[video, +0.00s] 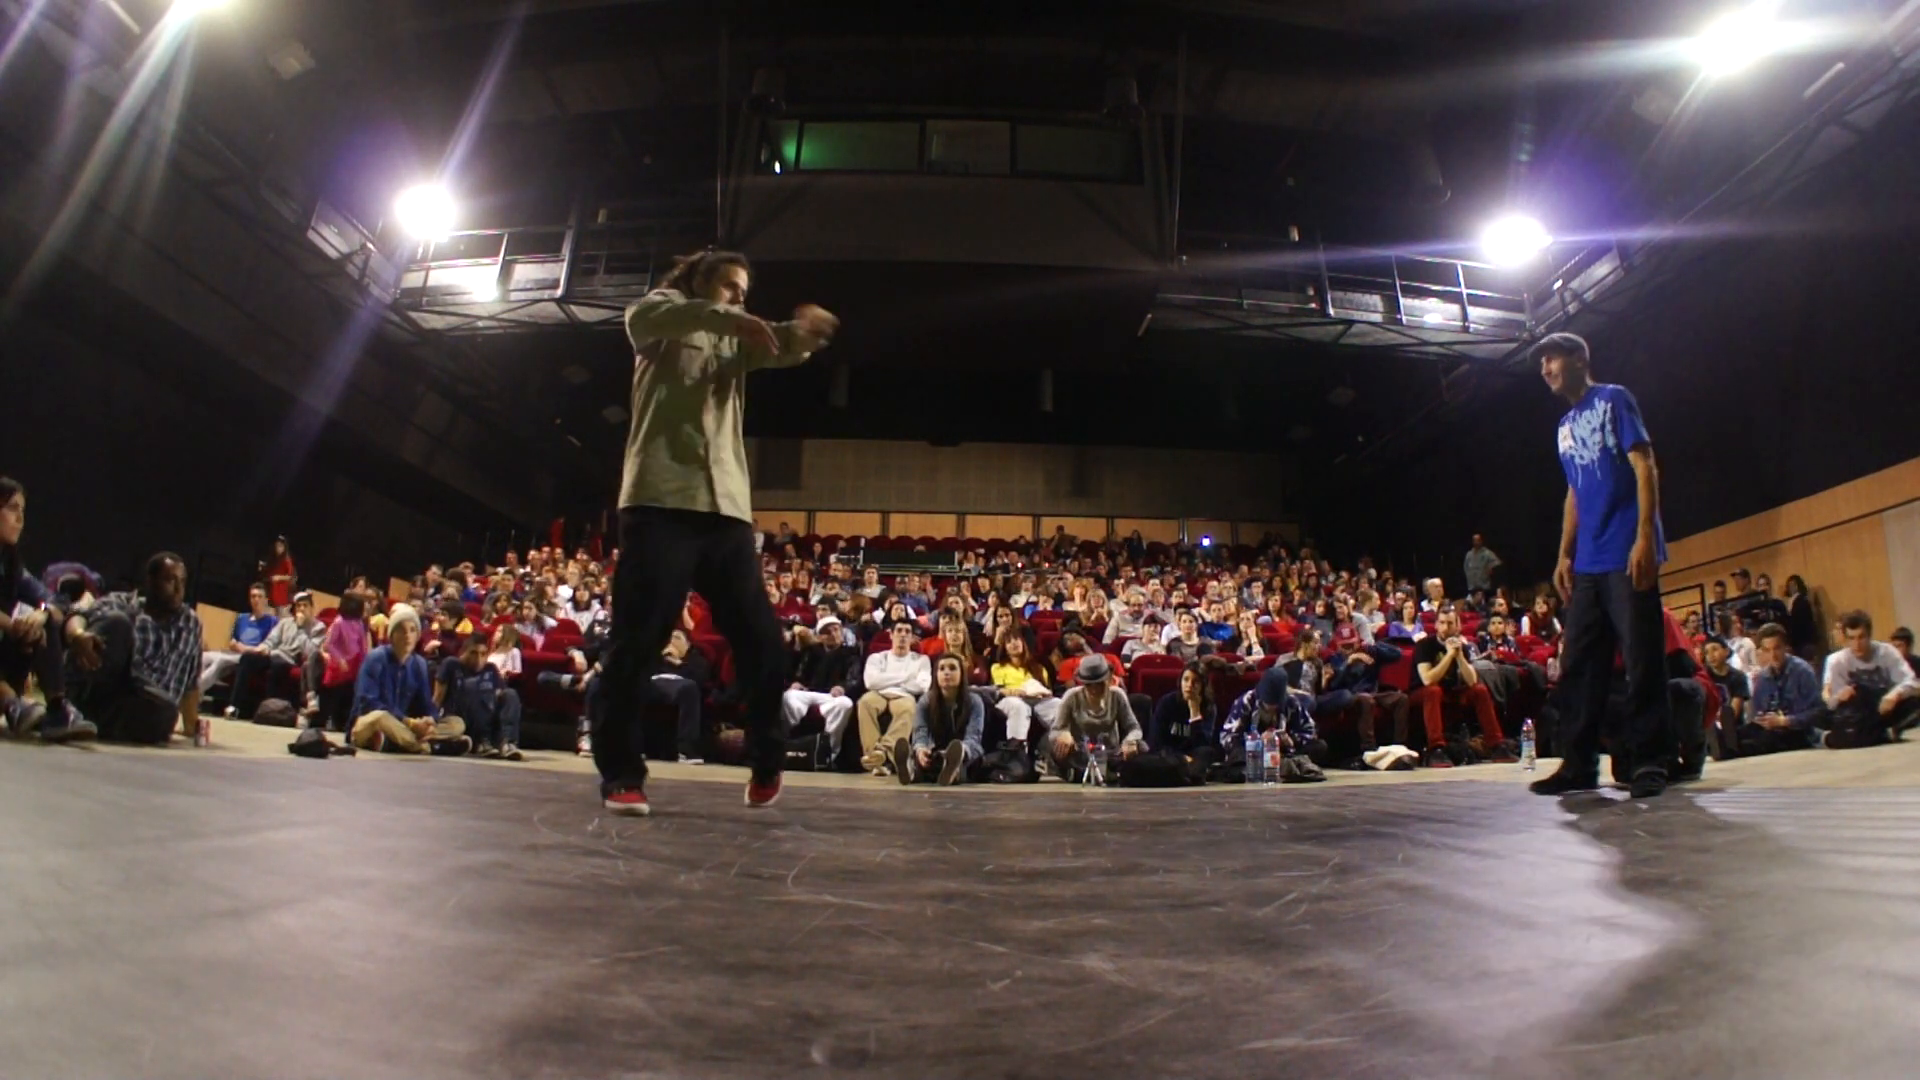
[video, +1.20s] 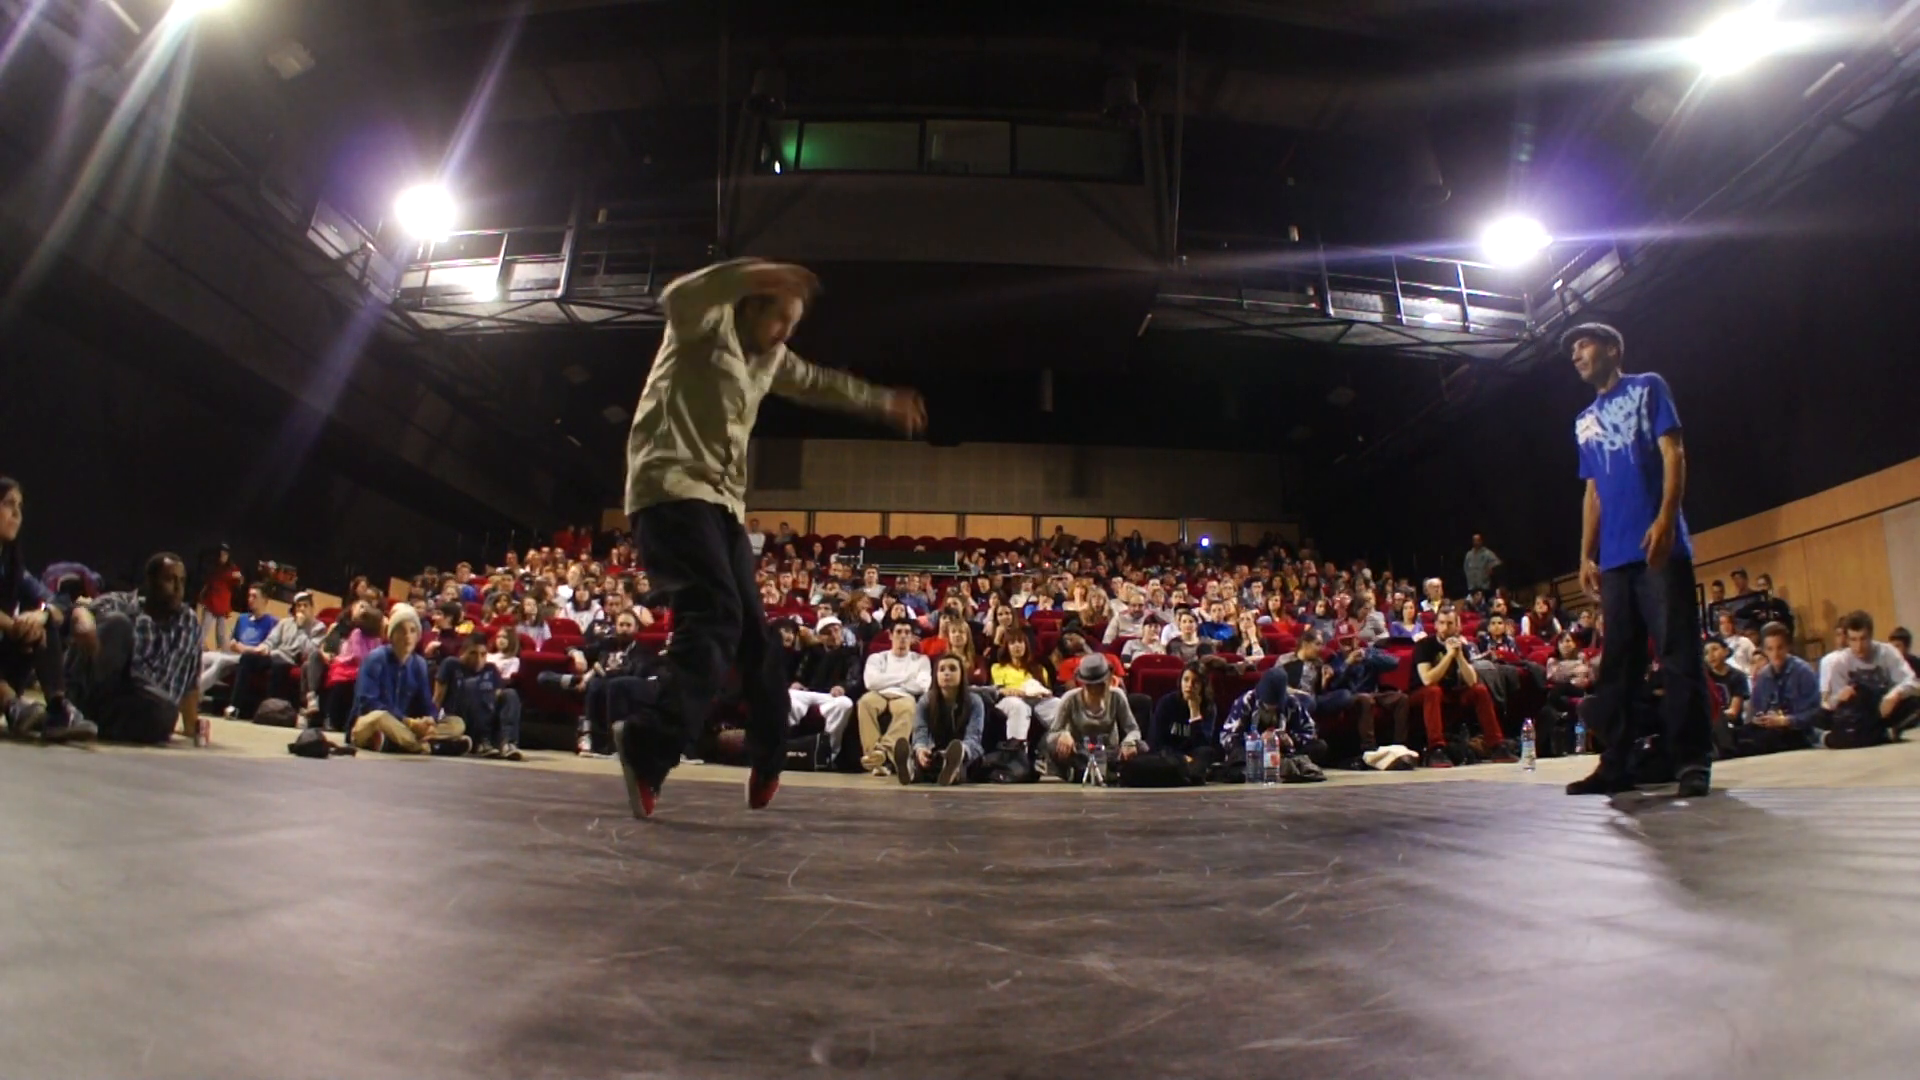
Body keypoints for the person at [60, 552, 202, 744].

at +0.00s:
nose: (178, 589)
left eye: (182, 582)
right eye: (170, 581)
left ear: (186, 585)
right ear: (151, 581)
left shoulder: (191, 624)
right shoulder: (123, 603)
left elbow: (190, 685)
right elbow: (76, 617)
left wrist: (191, 731)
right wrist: (77, 635)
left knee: (159, 719)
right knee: (116, 624)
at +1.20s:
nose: (178, 589)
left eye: (181, 582)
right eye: (170, 580)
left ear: (185, 585)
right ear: (152, 581)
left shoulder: (190, 623)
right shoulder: (127, 603)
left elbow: (190, 685)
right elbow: (82, 608)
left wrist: (191, 732)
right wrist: (84, 622)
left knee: (161, 719)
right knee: (118, 625)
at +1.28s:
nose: (178, 589)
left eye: (182, 582)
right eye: (171, 580)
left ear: (185, 585)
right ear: (152, 581)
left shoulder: (191, 622)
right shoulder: (131, 603)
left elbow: (191, 684)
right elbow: (92, 599)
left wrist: (191, 731)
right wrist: (94, 609)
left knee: (159, 721)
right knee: (117, 623)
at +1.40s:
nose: (176, 586)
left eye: (181, 580)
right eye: (170, 578)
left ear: (185, 584)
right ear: (152, 580)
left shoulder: (191, 621)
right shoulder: (131, 610)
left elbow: (190, 678)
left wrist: (191, 727)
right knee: (116, 622)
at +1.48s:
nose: (176, 585)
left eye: (181, 579)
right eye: (169, 577)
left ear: (185, 585)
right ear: (152, 579)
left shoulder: (191, 621)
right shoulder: (132, 609)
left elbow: (190, 678)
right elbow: (133, 666)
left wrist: (191, 727)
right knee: (116, 626)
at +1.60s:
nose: (176, 585)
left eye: (180, 580)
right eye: (168, 577)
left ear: (185, 585)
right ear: (152, 579)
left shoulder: (190, 621)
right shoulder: (131, 606)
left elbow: (190, 683)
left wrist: (191, 730)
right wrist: (121, 565)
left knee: (161, 718)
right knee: (117, 622)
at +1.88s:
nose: (178, 588)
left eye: (181, 582)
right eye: (170, 580)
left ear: (184, 587)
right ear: (152, 581)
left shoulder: (189, 621)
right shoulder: (131, 606)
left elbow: (191, 682)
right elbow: (106, 588)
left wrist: (191, 730)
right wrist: (129, 562)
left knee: (158, 721)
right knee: (115, 621)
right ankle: (68, 704)